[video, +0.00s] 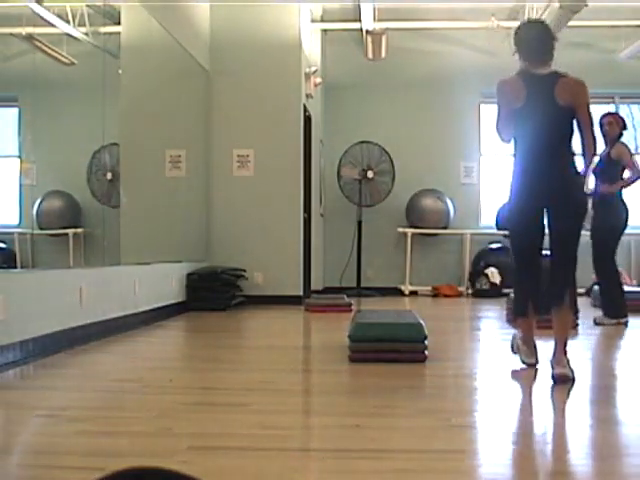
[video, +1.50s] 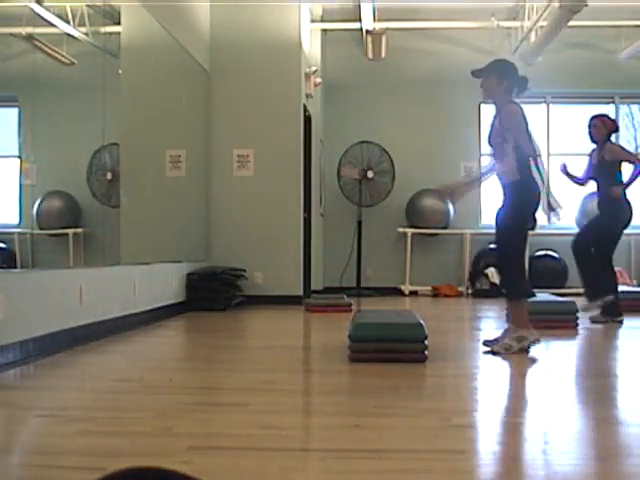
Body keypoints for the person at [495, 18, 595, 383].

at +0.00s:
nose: (525, 54)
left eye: (521, 48)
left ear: (519, 51)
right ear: (553, 49)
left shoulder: (507, 87)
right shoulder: (573, 87)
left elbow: (504, 133)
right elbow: (589, 140)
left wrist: (522, 110)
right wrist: (587, 172)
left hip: (526, 186)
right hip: (565, 186)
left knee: (525, 265)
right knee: (563, 268)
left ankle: (526, 342)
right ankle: (560, 356)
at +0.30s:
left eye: (509, 64)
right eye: (535, 58)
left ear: (509, 66)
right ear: (539, 62)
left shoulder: (502, 97)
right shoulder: (559, 97)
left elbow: (494, 141)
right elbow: (578, 146)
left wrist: (508, 121)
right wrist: (565, 171)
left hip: (513, 190)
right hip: (548, 189)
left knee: (516, 263)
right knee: (544, 256)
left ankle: (528, 342)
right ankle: (551, 324)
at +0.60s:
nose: (501, 85)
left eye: (503, 80)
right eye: (501, 80)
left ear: (511, 80)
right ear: (528, 81)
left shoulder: (515, 109)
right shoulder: (542, 112)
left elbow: (515, 154)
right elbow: (561, 154)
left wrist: (502, 150)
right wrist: (542, 173)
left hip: (520, 189)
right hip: (538, 190)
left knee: (507, 259)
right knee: (524, 260)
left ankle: (532, 329)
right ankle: (537, 330)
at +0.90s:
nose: (489, 86)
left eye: (493, 81)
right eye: (490, 81)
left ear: (508, 83)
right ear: (506, 83)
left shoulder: (517, 111)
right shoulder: (511, 112)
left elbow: (541, 151)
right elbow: (517, 158)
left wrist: (517, 180)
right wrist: (503, 188)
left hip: (525, 190)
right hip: (525, 190)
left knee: (504, 255)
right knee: (531, 258)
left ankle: (520, 329)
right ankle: (544, 328)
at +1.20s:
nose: (480, 86)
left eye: (485, 82)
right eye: (481, 82)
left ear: (501, 86)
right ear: (500, 87)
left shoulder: (507, 114)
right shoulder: (508, 114)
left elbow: (488, 158)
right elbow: (540, 149)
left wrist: (450, 150)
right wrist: (568, 178)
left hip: (531, 197)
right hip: (530, 196)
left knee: (529, 265)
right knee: (479, 241)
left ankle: (528, 337)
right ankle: (505, 304)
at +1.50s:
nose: (482, 85)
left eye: (487, 80)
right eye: (483, 80)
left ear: (503, 83)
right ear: (501, 84)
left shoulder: (509, 111)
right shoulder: (506, 112)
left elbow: (520, 156)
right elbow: (499, 160)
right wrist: (466, 183)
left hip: (520, 188)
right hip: (517, 187)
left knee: (509, 256)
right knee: (508, 255)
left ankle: (521, 328)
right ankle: (517, 326)